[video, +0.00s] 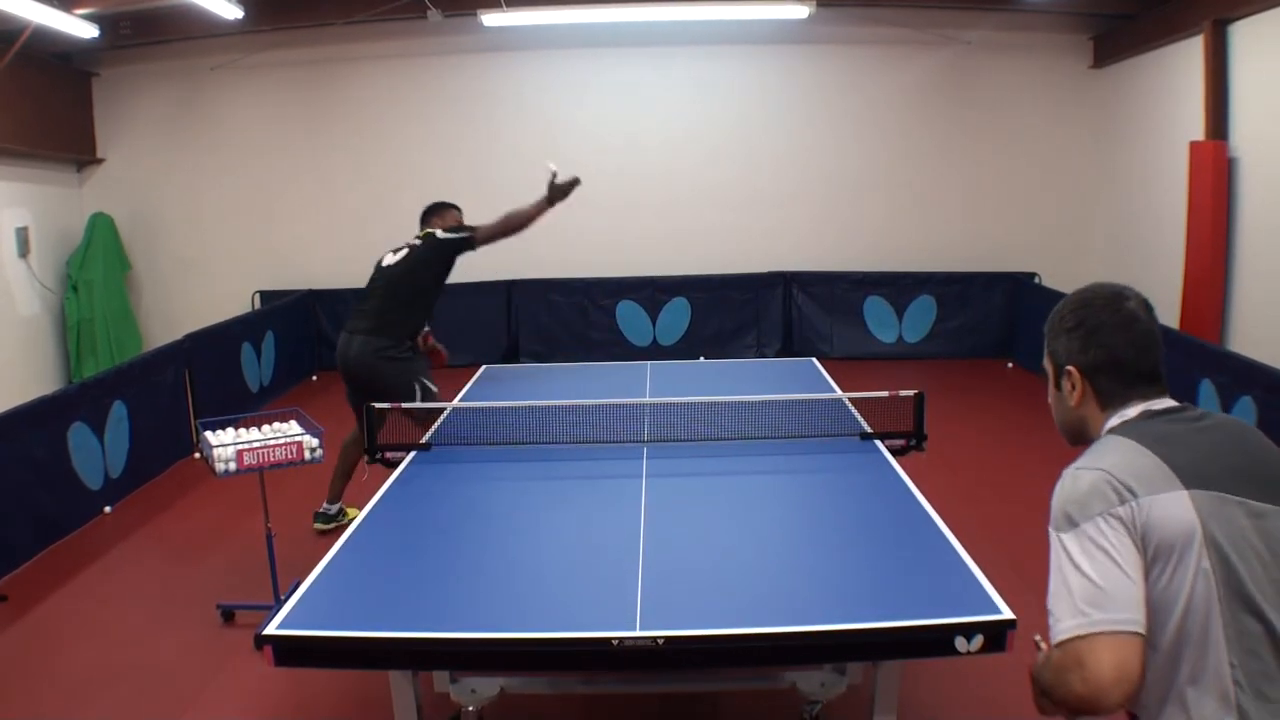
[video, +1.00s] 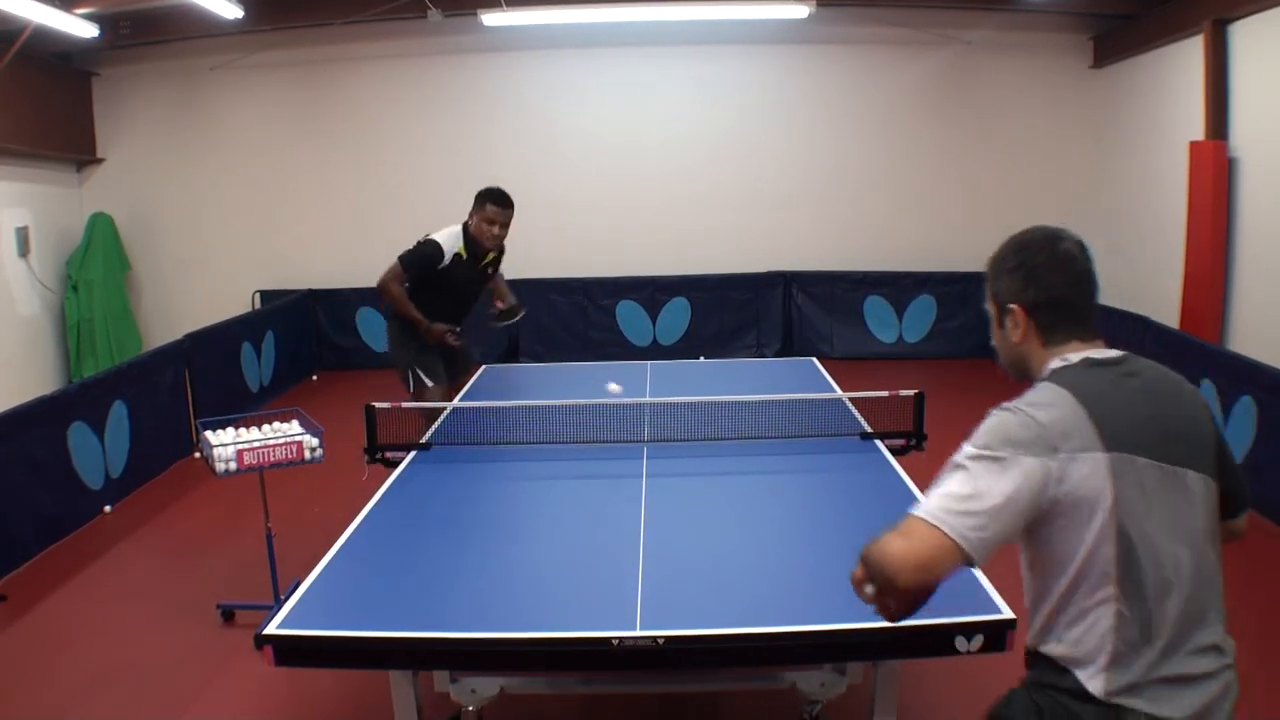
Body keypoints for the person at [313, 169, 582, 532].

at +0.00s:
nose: (463, 228)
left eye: (461, 223)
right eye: (457, 223)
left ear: (426, 226)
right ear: (437, 223)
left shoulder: (397, 252)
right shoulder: (442, 241)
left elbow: (390, 300)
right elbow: (502, 228)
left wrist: (421, 336)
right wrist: (548, 202)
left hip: (351, 351)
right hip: (386, 354)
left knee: (365, 428)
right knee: (444, 430)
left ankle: (330, 508)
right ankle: (450, 507)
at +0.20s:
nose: (433, 220)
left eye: (431, 214)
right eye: (428, 214)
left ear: (395, 219)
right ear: (410, 216)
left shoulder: (365, 249)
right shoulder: (417, 231)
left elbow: (328, 294)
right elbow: (469, 208)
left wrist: (354, 326)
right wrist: (522, 201)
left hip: (335, 343)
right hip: (371, 344)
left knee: (352, 425)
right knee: (423, 425)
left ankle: (329, 509)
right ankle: (432, 512)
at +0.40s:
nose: (428, 222)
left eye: (426, 217)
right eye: (424, 217)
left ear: (392, 218)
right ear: (410, 216)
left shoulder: (360, 241)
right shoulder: (420, 233)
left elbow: (322, 284)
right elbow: (467, 239)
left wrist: (349, 308)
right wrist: (495, 275)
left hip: (329, 341)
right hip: (365, 344)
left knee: (348, 424)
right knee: (423, 420)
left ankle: (328, 511)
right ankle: (438, 503)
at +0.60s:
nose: (454, 247)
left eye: (452, 241)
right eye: (452, 241)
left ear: (419, 240)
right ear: (442, 238)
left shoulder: (391, 259)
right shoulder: (439, 259)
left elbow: (370, 301)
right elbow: (433, 298)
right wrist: (435, 346)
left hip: (340, 360)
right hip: (373, 366)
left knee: (363, 430)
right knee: (443, 428)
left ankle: (329, 511)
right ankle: (440, 509)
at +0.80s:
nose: (489, 254)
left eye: (495, 250)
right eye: (483, 245)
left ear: (498, 252)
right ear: (463, 239)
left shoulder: (461, 273)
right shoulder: (437, 266)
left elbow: (442, 307)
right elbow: (386, 293)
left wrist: (451, 337)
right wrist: (410, 348)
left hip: (407, 363)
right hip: (384, 364)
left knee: (418, 432)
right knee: (446, 417)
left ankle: (353, 482)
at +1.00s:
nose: (496, 232)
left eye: (504, 226)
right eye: (489, 223)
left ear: (510, 226)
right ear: (472, 218)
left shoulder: (495, 250)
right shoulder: (438, 247)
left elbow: (491, 275)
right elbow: (388, 283)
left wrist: (507, 301)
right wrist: (426, 327)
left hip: (449, 331)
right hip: (411, 330)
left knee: (470, 391)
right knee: (436, 402)